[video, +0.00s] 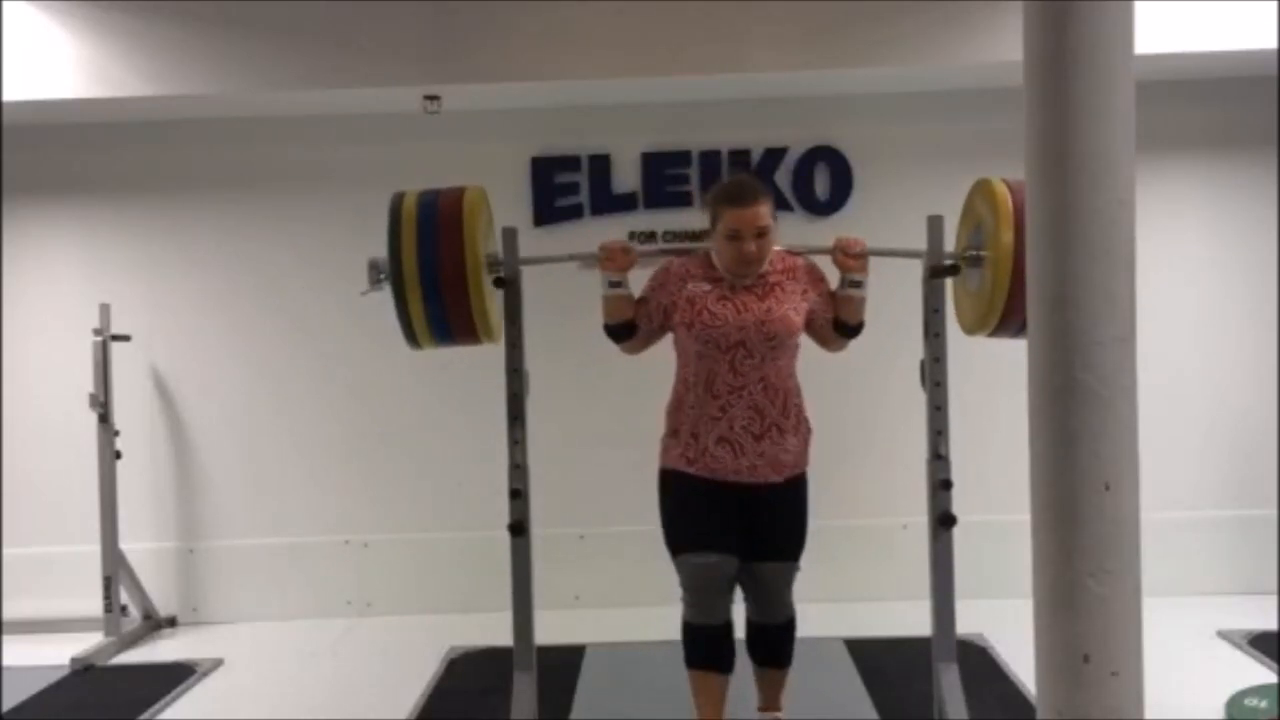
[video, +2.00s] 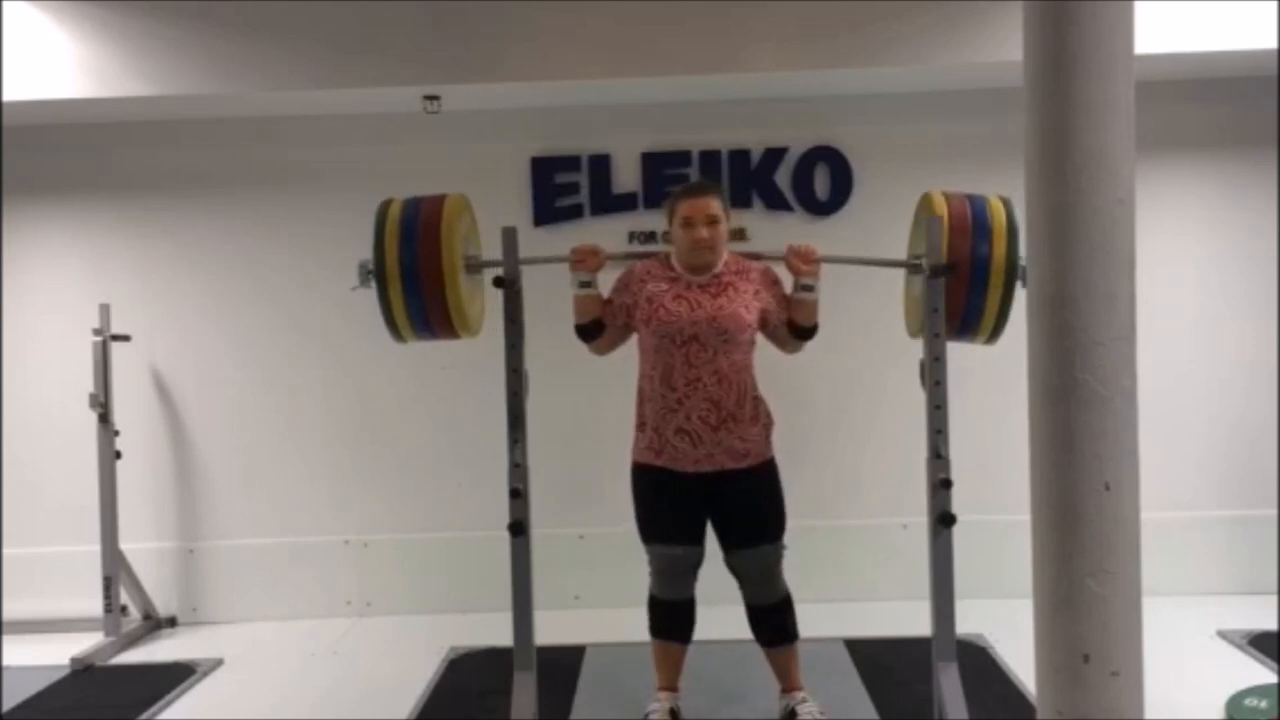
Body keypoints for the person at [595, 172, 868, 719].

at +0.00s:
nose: (748, 249)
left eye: (760, 235)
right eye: (734, 237)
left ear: (775, 229)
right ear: (712, 232)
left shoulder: (796, 274)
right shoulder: (680, 276)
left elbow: (837, 336)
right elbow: (629, 338)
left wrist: (852, 280)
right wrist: (615, 281)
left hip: (775, 465)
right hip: (697, 464)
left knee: (772, 597)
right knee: (706, 595)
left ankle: (771, 711)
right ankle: (709, 716)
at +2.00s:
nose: (702, 232)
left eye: (711, 222)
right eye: (689, 223)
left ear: (727, 228)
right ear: (671, 230)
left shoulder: (753, 278)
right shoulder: (642, 280)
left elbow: (793, 340)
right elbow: (599, 341)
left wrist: (805, 284)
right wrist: (585, 281)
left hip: (742, 459)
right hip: (665, 461)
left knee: (763, 580)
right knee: (670, 582)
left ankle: (795, 696)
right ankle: (665, 698)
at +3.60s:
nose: (726, 294)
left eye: (736, 285)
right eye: (713, 286)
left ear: (752, 297)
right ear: (695, 300)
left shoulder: (780, 352)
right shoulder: (666, 354)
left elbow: (822, 414)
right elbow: (621, 418)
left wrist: (833, 357)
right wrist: (606, 357)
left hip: (764, 489)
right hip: (682, 492)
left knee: (808, 584)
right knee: (656, 590)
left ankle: (801, 700)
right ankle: (665, 703)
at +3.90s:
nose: (730, 367)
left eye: (741, 358)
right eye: (717, 359)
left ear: (757, 370)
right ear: (699, 372)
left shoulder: (786, 421)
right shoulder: (671, 423)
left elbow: (828, 484)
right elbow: (627, 488)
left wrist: (840, 429)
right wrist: (611, 429)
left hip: (770, 545)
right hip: (688, 547)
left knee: (820, 604)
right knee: (650, 611)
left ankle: (801, 703)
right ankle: (667, 705)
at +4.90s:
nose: (732, 294)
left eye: (742, 287)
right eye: (719, 287)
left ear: (759, 303)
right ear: (700, 306)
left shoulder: (784, 355)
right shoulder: (670, 357)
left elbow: (828, 418)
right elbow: (626, 421)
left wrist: (840, 363)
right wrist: (611, 363)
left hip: (769, 489)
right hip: (687, 492)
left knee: (805, 583)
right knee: (658, 587)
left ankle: (800, 701)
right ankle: (665, 702)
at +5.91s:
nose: (731, 371)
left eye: (742, 363)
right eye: (718, 363)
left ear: (757, 376)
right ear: (700, 377)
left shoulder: (786, 428)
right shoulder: (671, 428)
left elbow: (829, 491)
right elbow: (627, 491)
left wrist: (840, 435)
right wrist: (612, 435)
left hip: (770, 553)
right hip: (686, 554)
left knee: (818, 603)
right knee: (644, 608)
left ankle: (801, 703)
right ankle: (666, 705)